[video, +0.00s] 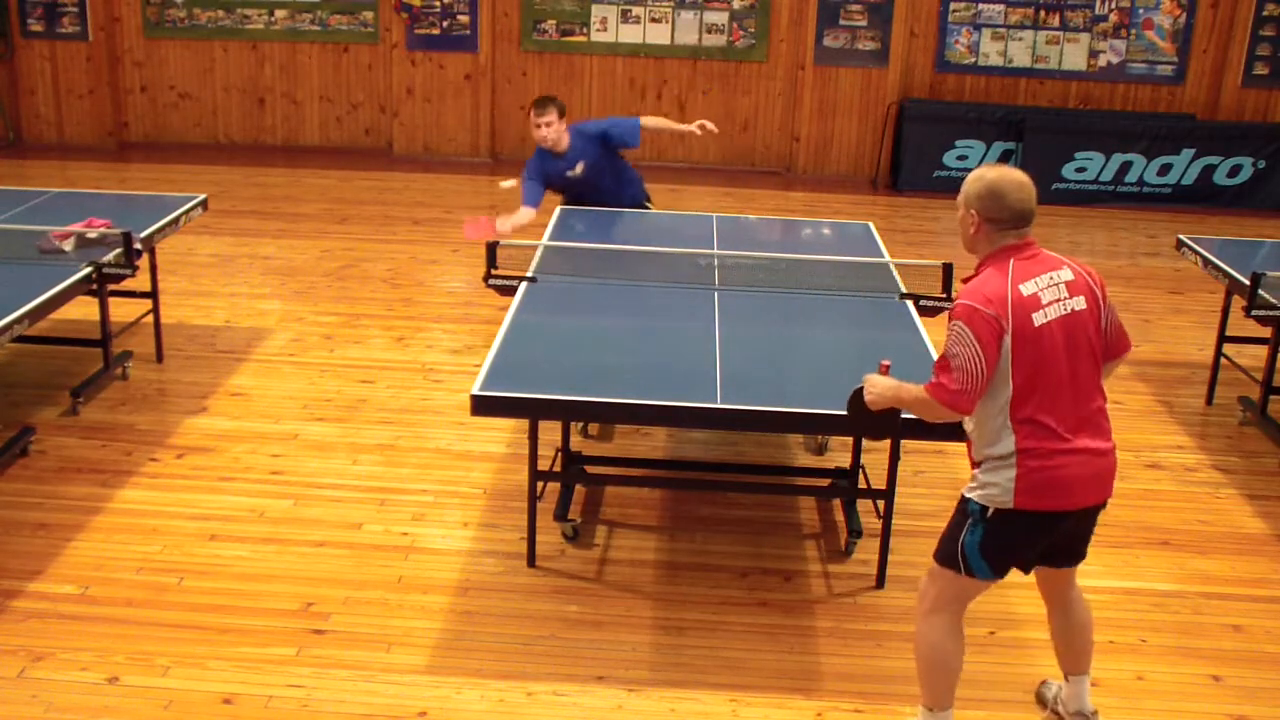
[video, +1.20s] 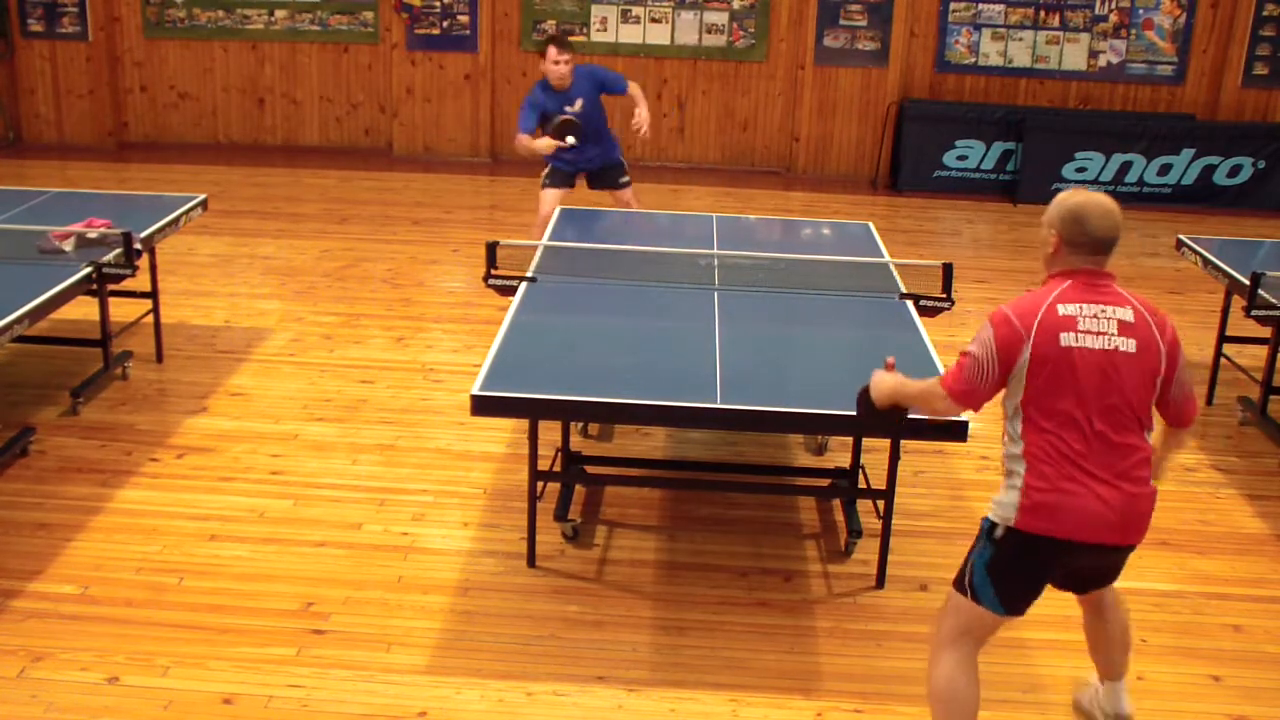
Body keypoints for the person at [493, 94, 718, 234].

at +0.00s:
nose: (543, 133)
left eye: (548, 125)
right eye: (537, 127)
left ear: (563, 124)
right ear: (531, 129)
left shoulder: (592, 133)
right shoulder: (537, 166)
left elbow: (643, 124)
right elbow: (528, 210)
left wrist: (686, 128)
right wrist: (504, 225)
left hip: (632, 207)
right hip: (588, 215)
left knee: (646, 259)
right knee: (585, 263)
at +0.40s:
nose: (572, 107)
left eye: (577, 99)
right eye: (565, 100)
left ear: (583, 100)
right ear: (552, 105)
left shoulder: (603, 120)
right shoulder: (546, 148)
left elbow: (643, 129)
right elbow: (532, 190)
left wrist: (680, 146)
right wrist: (520, 230)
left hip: (622, 203)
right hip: (578, 209)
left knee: (633, 258)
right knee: (578, 262)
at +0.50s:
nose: (591, 86)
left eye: (595, 79)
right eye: (584, 80)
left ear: (602, 80)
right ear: (570, 84)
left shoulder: (623, 106)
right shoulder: (560, 126)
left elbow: (659, 125)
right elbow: (546, 165)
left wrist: (694, 152)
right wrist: (535, 196)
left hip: (625, 183)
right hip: (584, 187)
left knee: (642, 237)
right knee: (567, 236)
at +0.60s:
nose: (606, 68)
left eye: (610, 61)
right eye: (599, 62)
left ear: (615, 63)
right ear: (585, 67)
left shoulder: (636, 92)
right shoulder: (574, 105)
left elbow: (671, 117)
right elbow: (558, 141)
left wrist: (693, 147)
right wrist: (551, 169)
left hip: (631, 175)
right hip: (589, 176)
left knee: (646, 233)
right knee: (570, 224)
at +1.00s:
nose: (605, 71)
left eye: (610, 64)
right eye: (599, 65)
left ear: (617, 64)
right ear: (588, 66)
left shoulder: (636, 90)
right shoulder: (577, 97)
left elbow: (661, 123)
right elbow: (552, 136)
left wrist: (654, 151)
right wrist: (573, 159)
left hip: (628, 171)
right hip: (588, 171)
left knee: (649, 224)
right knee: (563, 214)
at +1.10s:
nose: (583, 72)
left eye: (587, 65)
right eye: (576, 65)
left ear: (594, 63)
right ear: (566, 66)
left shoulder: (614, 83)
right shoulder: (556, 96)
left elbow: (647, 109)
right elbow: (533, 136)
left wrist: (647, 136)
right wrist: (556, 151)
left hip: (617, 164)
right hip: (577, 166)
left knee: (641, 218)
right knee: (554, 222)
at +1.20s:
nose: (562, 69)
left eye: (566, 63)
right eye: (556, 63)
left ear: (573, 63)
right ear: (543, 65)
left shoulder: (592, 77)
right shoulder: (538, 96)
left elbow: (632, 87)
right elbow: (521, 140)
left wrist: (642, 108)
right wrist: (535, 146)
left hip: (601, 153)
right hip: (563, 158)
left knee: (628, 203)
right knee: (546, 214)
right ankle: (539, 267)